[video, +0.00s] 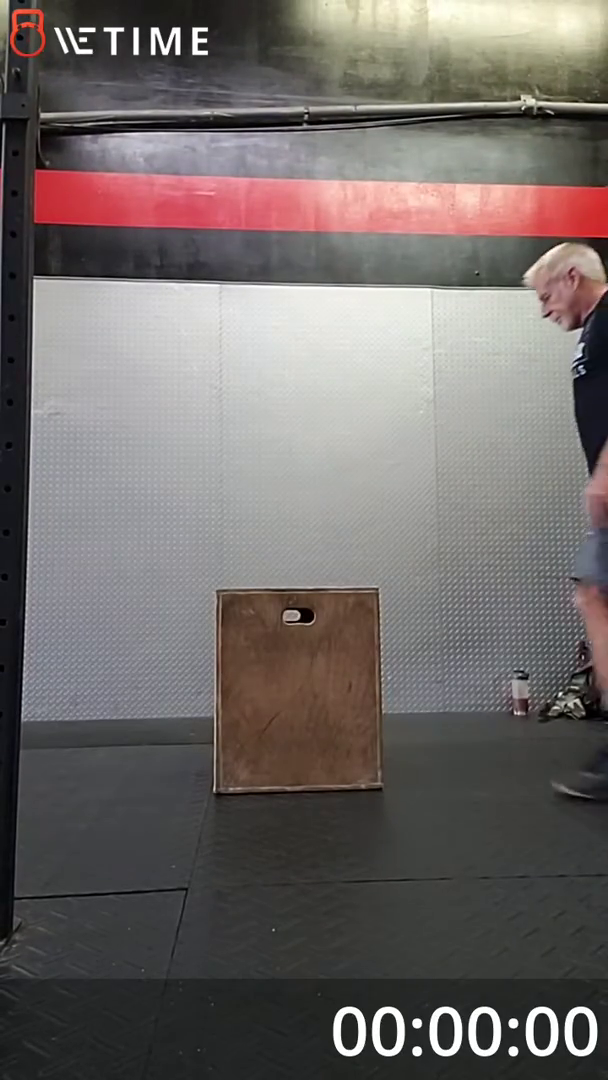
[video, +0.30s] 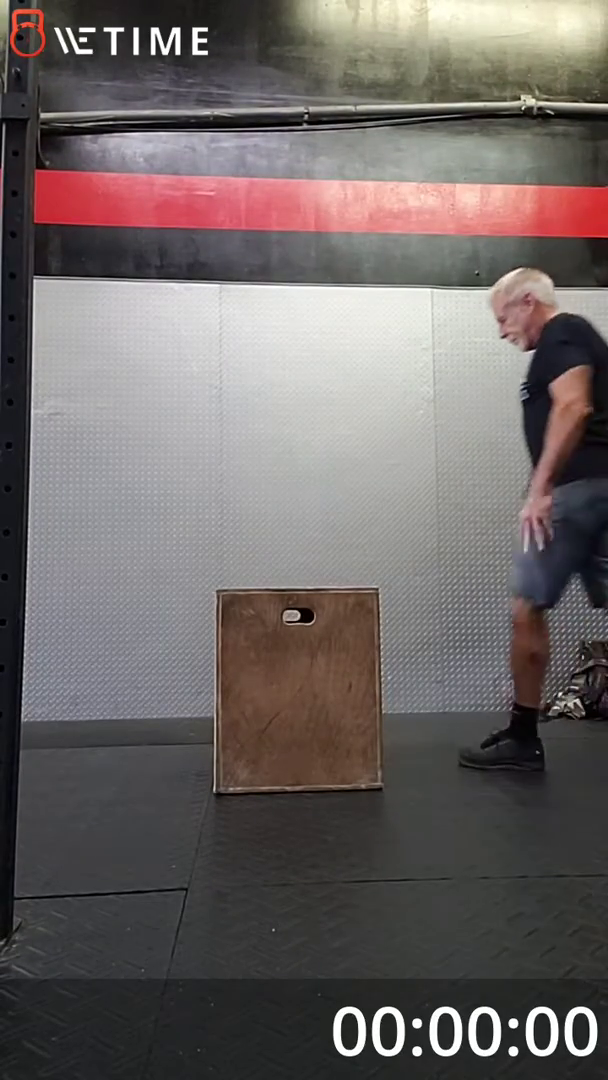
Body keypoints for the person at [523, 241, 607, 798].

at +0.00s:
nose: (545, 311)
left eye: (547, 299)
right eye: (542, 302)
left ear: (574, 281)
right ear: (572, 284)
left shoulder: (600, 328)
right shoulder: (591, 332)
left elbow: (599, 413)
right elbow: (597, 412)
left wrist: (599, 474)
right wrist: (595, 476)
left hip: (602, 483)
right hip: (600, 482)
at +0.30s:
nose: (503, 331)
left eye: (505, 319)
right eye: (500, 323)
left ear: (531, 304)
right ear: (532, 307)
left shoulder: (561, 334)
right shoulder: (575, 334)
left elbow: (572, 406)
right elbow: (578, 410)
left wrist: (541, 487)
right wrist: (546, 487)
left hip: (577, 490)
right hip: (592, 488)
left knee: (526, 607)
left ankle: (523, 735)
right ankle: (521, 733)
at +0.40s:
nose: (481, 336)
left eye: (483, 324)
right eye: (478, 327)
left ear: (506, 310)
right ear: (511, 310)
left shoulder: (535, 341)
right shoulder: (560, 340)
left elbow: (543, 416)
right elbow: (574, 423)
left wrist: (519, 497)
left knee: (501, 607)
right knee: (592, 609)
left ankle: (519, 738)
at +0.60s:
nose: (438, 345)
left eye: (438, 333)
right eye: (435, 336)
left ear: (460, 319)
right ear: (465, 319)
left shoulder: (487, 347)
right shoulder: (519, 347)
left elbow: (496, 421)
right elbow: (540, 431)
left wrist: (472, 500)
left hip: (508, 491)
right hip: (536, 489)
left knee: (487, 608)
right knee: (512, 604)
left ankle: (518, 738)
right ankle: (585, 677)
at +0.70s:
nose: (427, 349)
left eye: (427, 338)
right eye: (423, 341)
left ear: (448, 323)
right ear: (452, 323)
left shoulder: (475, 350)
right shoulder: (504, 349)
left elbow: (483, 422)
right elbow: (526, 433)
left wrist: (453, 498)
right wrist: (527, 503)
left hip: (495, 492)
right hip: (518, 489)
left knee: (485, 610)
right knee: (498, 604)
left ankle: (519, 736)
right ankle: (549, 692)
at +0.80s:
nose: (405, 359)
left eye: (405, 348)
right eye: (401, 352)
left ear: (425, 333)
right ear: (428, 334)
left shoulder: (454, 359)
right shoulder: (477, 360)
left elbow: (459, 428)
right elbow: (499, 441)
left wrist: (415, 496)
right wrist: (507, 508)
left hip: (477, 496)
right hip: (494, 494)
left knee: (480, 610)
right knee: (475, 610)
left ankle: (520, 737)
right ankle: (492, 714)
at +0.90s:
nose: (390, 370)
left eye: (390, 360)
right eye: (386, 363)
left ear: (409, 344)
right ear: (411, 346)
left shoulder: (439, 368)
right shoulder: (462, 371)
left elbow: (442, 434)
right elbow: (485, 450)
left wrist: (399, 498)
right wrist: (488, 515)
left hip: (461, 501)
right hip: (476, 500)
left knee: (473, 610)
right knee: (454, 612)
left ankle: (520, 736)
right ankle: (444, 709)